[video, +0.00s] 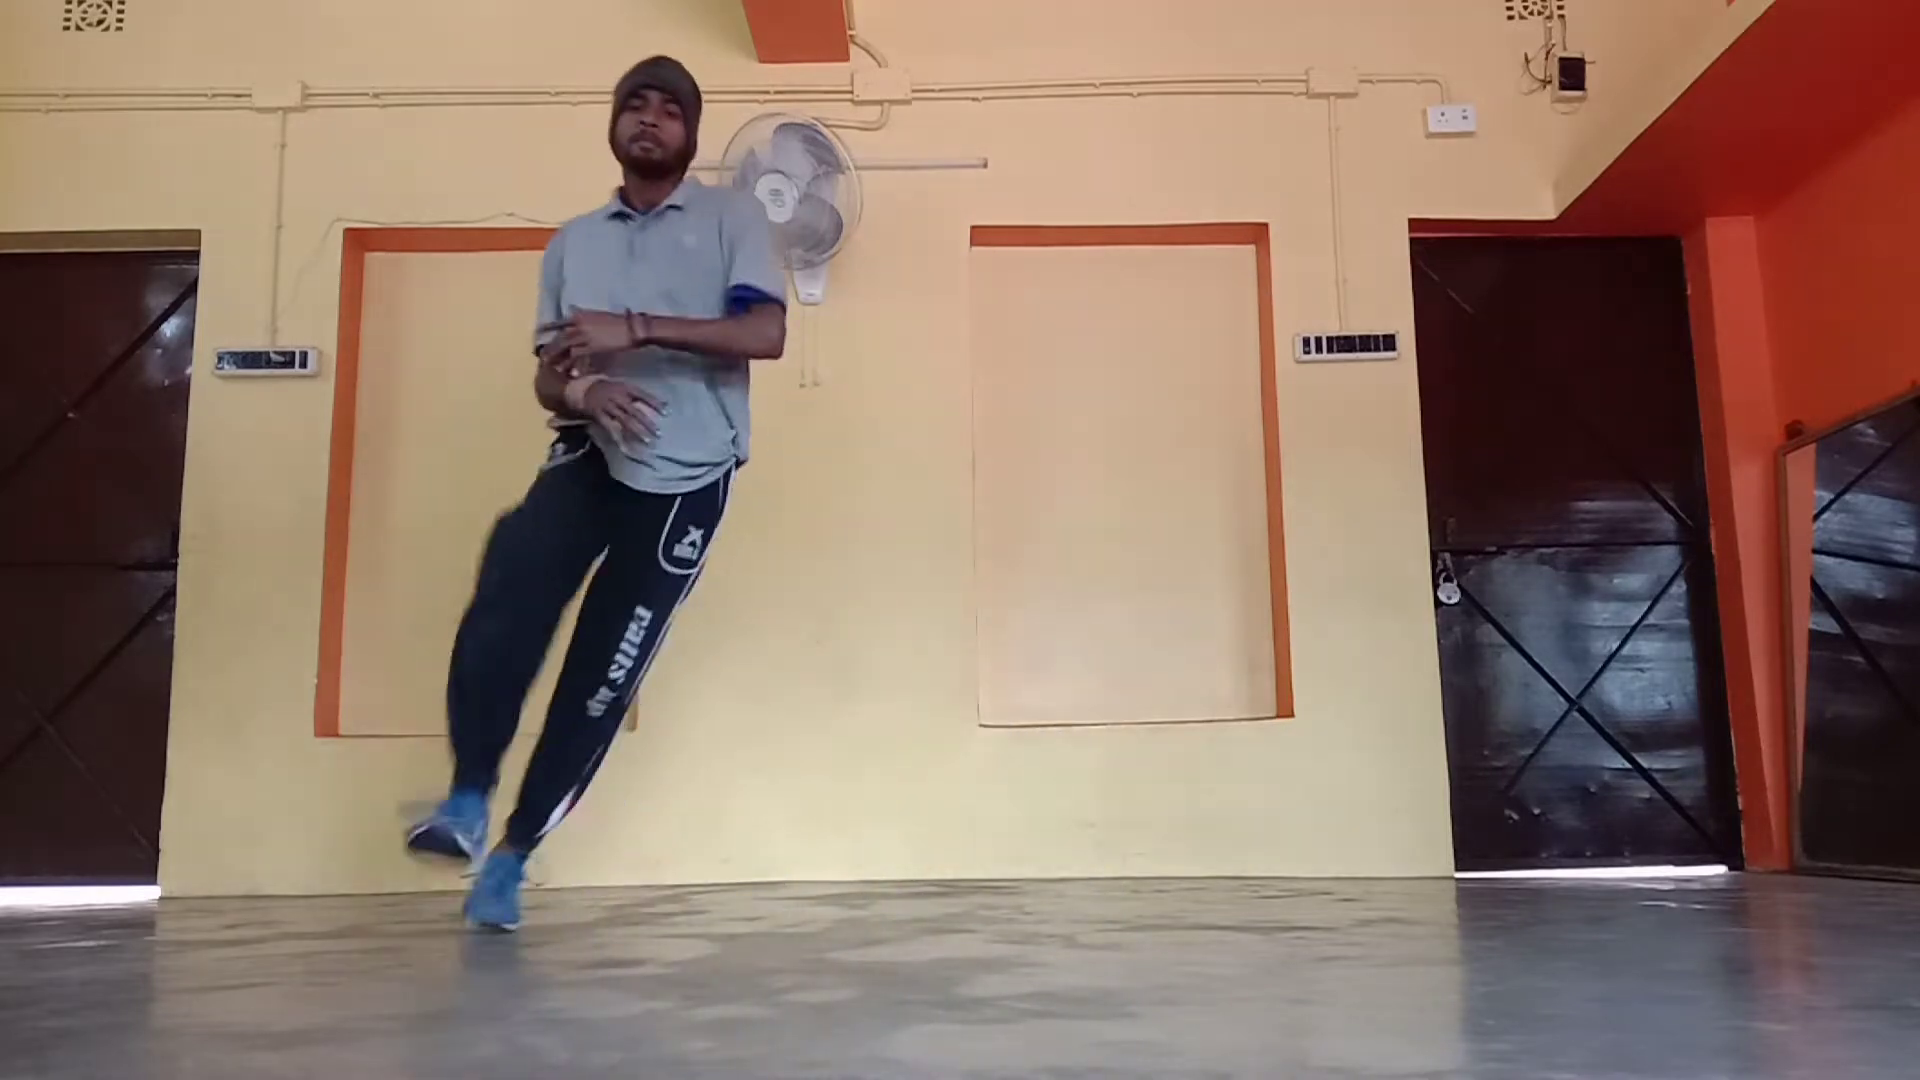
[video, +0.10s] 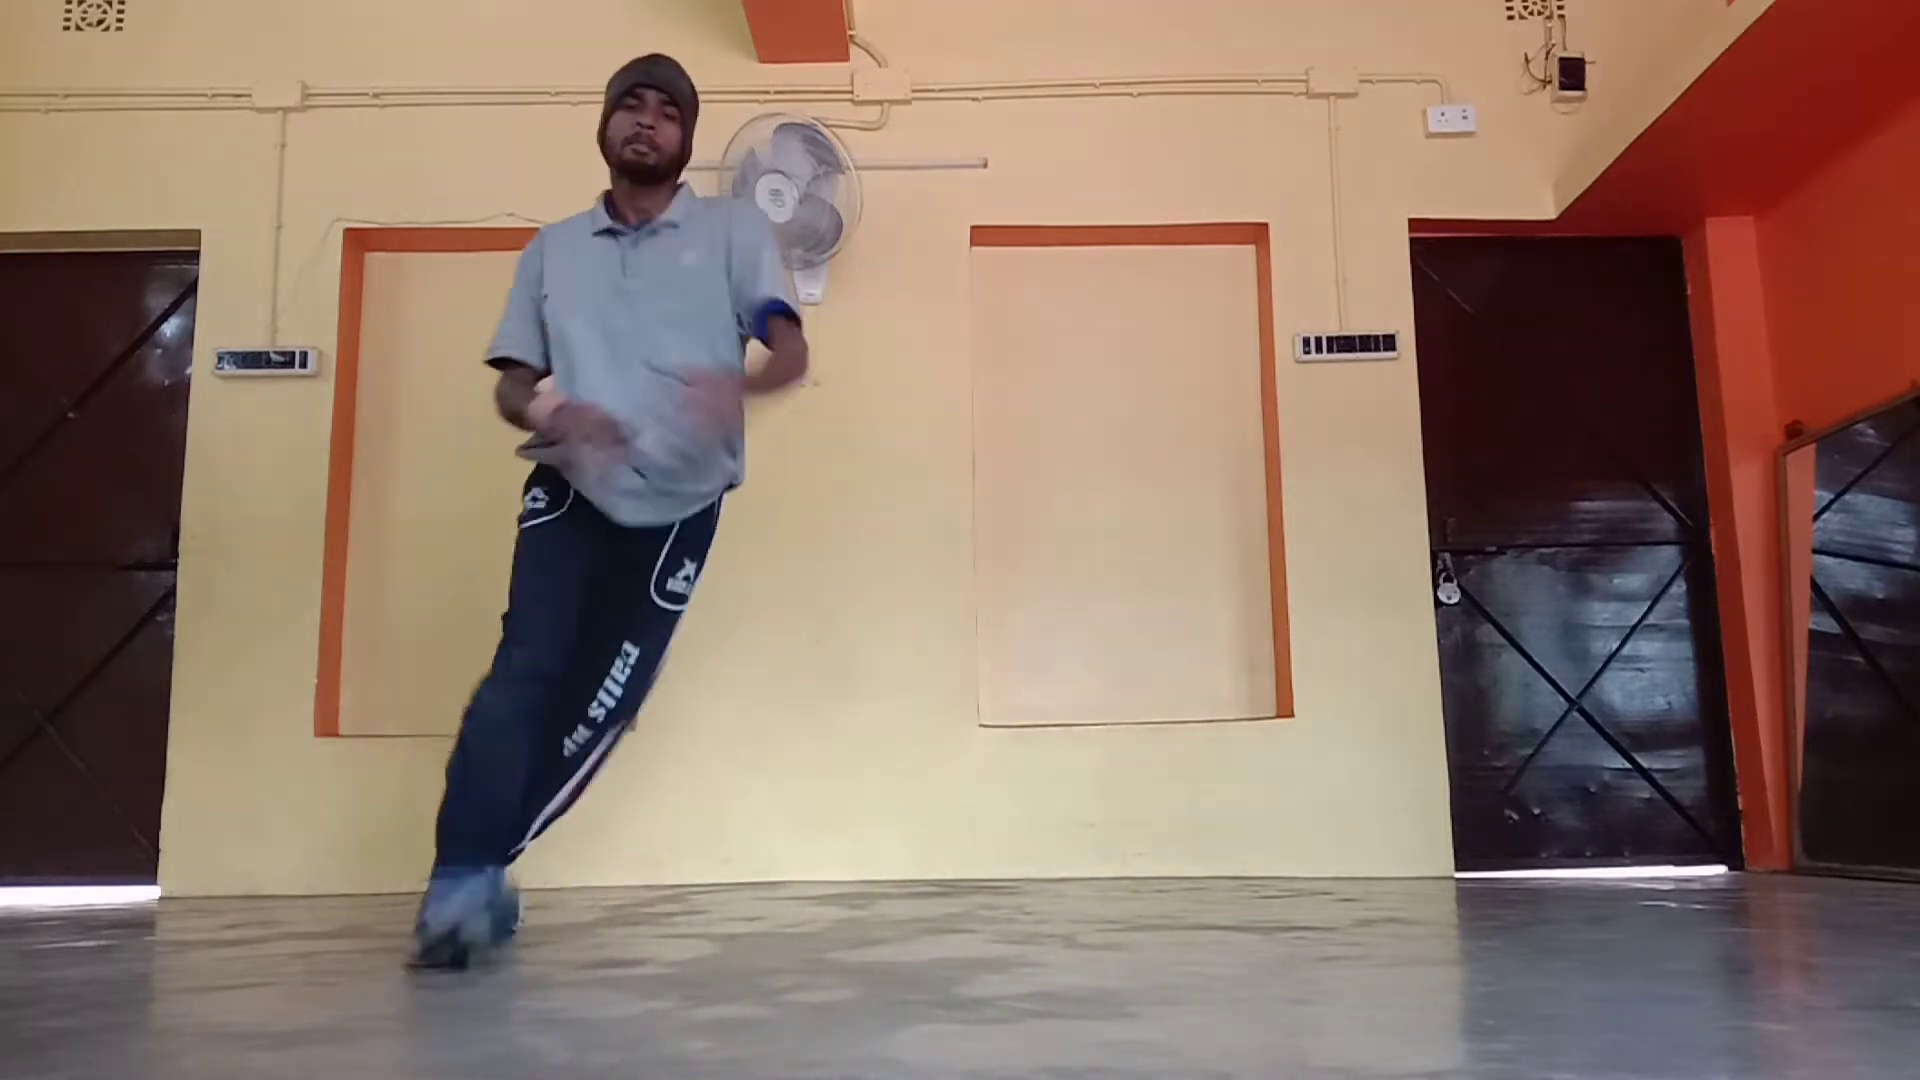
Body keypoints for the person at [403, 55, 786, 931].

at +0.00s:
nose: (651, 119)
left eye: (670, 110)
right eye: (636, 106)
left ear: (694, 134)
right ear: (611, 125)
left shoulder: (730, 219)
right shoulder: (573, 243)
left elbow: (768, 332)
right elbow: (550, 372)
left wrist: (634, 328)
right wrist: (584, 393)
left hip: (684, 482)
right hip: (585, 465)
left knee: (601, 676)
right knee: (501, 609)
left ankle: (514, 857)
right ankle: (470, 795)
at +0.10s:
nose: (648, 120)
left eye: (667, 112)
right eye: (633, 106)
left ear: (690, 141)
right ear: (603, 129)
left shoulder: (732, 230)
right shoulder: (553, 250)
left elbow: (792, 355)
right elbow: (513, 384)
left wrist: (742, 387)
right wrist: (546, 411)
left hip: (678, 505)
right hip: (572, 492)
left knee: (601, 702)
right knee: (528, 671)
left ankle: (488, 865)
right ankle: (462, 879)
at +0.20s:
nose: (685, 88)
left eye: (704, 78)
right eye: (666, 72)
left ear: (723, 106)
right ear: (631, 94)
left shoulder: (763, 221)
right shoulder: (561, 216)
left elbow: (823, 353)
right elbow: (485, 337)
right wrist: (455, 422)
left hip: (698, 495)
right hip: (576, 473)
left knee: (660, 722)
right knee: (515, 670)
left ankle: (521, 804)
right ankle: (451, 891)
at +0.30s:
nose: (787, 15)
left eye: (806, 5)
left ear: (823, 28)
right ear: (729, 10)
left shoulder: (827, 163)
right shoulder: (634, 119)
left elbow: (851, 293)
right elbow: (507, 219)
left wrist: (910, 400)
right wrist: (395, 294)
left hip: (756, 453)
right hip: (626, 435)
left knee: (784, 649)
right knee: (535, 662)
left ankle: (593, 773)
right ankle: (474, 882)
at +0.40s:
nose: (912, 10)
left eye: (920, 2)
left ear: (910, 14)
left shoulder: (888, 115)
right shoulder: (729, 41)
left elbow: (895, 234)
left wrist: (926, 321)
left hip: (824, 398)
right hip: (705, 377)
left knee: (903, 582)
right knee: (622, 596)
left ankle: (759, 814)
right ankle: (513, 859)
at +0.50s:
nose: (1024, 28)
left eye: (1041, 21)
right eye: (1015, 3)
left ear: (1036, 39)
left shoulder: (955, 132)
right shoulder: (830, 34)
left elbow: (941, 223)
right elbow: (662, 10)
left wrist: (970, 285)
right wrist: (590, 0)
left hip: (891, 404)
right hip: (788, 369)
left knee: (988, 610)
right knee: (676, 629)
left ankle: (1003, 880)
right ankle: (544, 896)